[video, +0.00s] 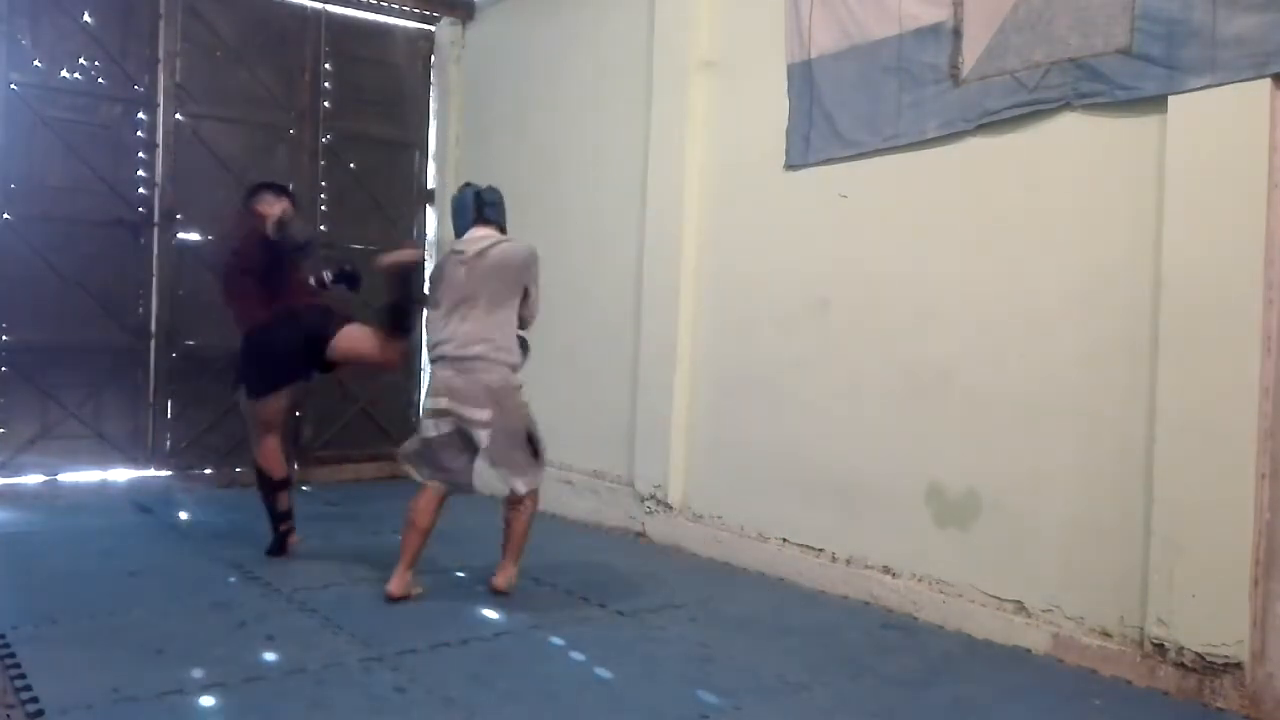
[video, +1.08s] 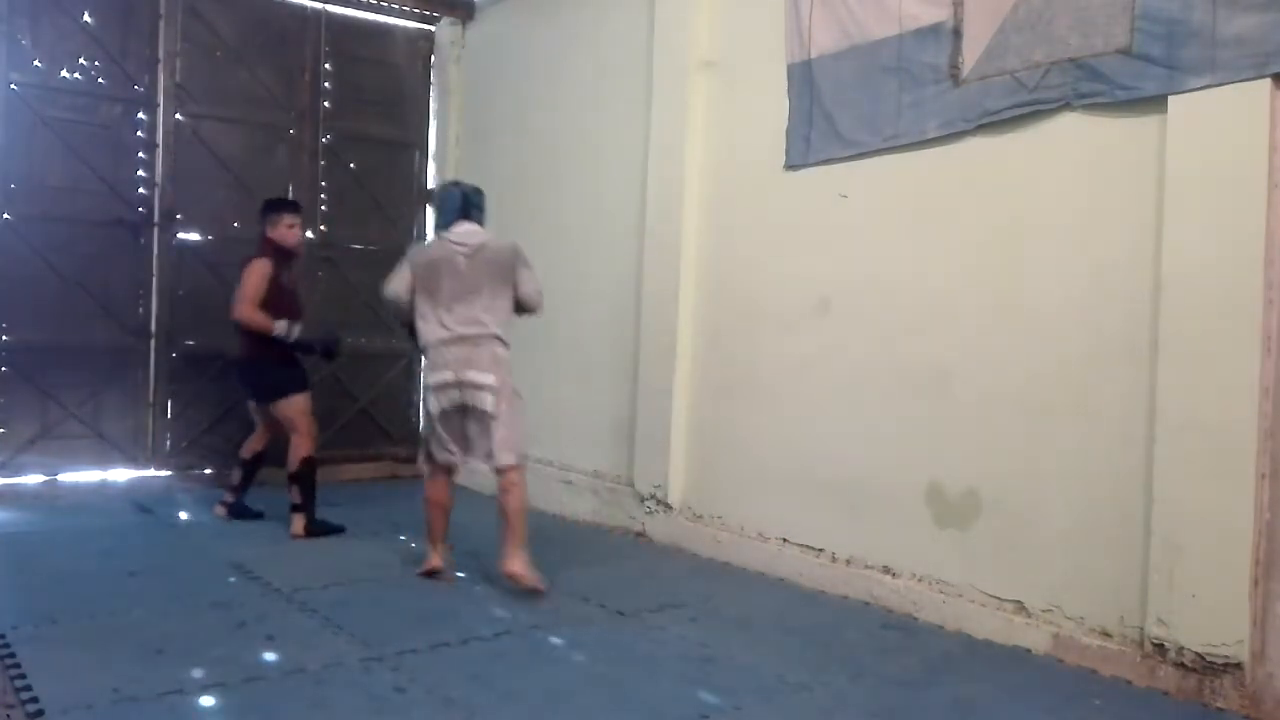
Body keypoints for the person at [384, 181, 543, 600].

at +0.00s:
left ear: (460, 220)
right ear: (501, 218)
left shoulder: (446, 261)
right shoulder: (521, 253)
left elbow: (435, 308)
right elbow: (527, 315)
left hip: (444, 380)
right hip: (494, 382)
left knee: (436, 477)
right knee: (524, 473)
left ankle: (401, 575)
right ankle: (507, 569)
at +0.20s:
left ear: (460, 220)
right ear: (501, 218)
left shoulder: (446, 261)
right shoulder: (521, 253)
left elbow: (435, 309)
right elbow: (527, 315)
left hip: (444, 380)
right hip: (494, 382)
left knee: (436, 477)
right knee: (524, 473)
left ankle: (401, 575)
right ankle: (507, 570)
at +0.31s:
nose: (570, 233)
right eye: (572, 227)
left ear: (533, 219)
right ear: (573, 226)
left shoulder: (496, 257)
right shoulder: (575, 266)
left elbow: (460, 308)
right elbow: (573, 336)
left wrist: (487, 334)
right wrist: (543, 308)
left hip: (474, 378)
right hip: (523, 387)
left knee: (442, 475)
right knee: (547, 491)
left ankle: (388, 558)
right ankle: (531, 592)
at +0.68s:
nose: (516, 217)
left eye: (517, 210)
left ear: (522, 212)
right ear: (564, 212)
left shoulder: (505, 253)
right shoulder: (593, 256)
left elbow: (481, 308)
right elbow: (612, 316)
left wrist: (484, 334)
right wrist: (571, 309)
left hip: (510, 380)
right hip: (565, 383)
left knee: (475, 468)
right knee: (583, 487)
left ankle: (445, 552)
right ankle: (593, 590)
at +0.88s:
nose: (479, 254)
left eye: (481, 248)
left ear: (487, 250)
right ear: (526, 248)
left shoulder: (477, 293)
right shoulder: (556, 289)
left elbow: (472, 348)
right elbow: (579, 346)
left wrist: (476, 388)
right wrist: (542, 337)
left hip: (496, 405)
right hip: (546, 404)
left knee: (471, 476)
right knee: (577, 497)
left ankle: (446, 562)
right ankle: (598, 595)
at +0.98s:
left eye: (459, 229)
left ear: (460, 233)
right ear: (499, 233)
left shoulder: (447, 274)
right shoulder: (524, 272)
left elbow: (431, 323)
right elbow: (550, 323)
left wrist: (449, 351)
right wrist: (515, 331)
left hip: (466, 386)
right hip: (516, 385)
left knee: (455, 475)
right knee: (542, 480)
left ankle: (443, 562)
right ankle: (574, 566)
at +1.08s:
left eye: (438, 212)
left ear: (441, 215)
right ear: (480, 214)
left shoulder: (421, 255)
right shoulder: (505, 252)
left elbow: (392, 294)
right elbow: (531, 301)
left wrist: (414, 324)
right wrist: (496, 297)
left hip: (441, 375)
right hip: (489, 374)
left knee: (439, 467)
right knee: (509, 470)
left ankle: (436, 554)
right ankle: (515, 555)